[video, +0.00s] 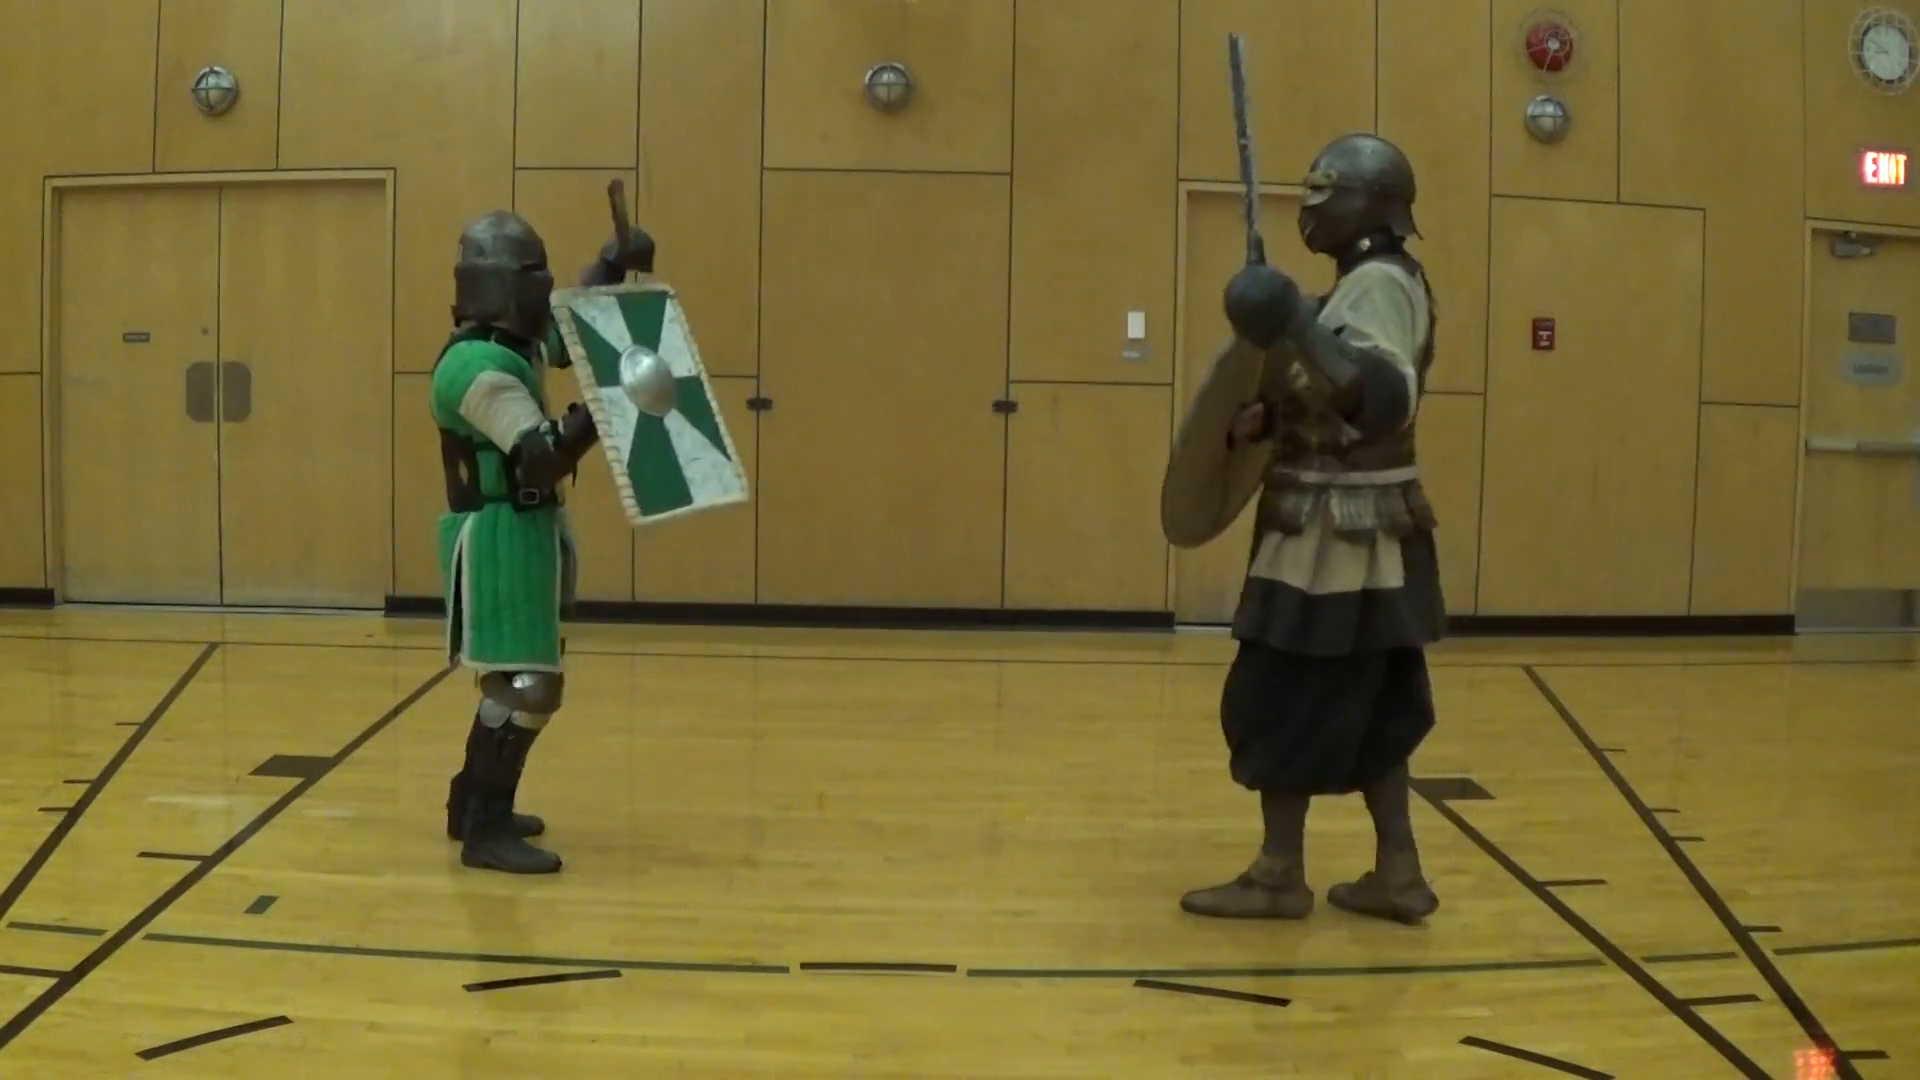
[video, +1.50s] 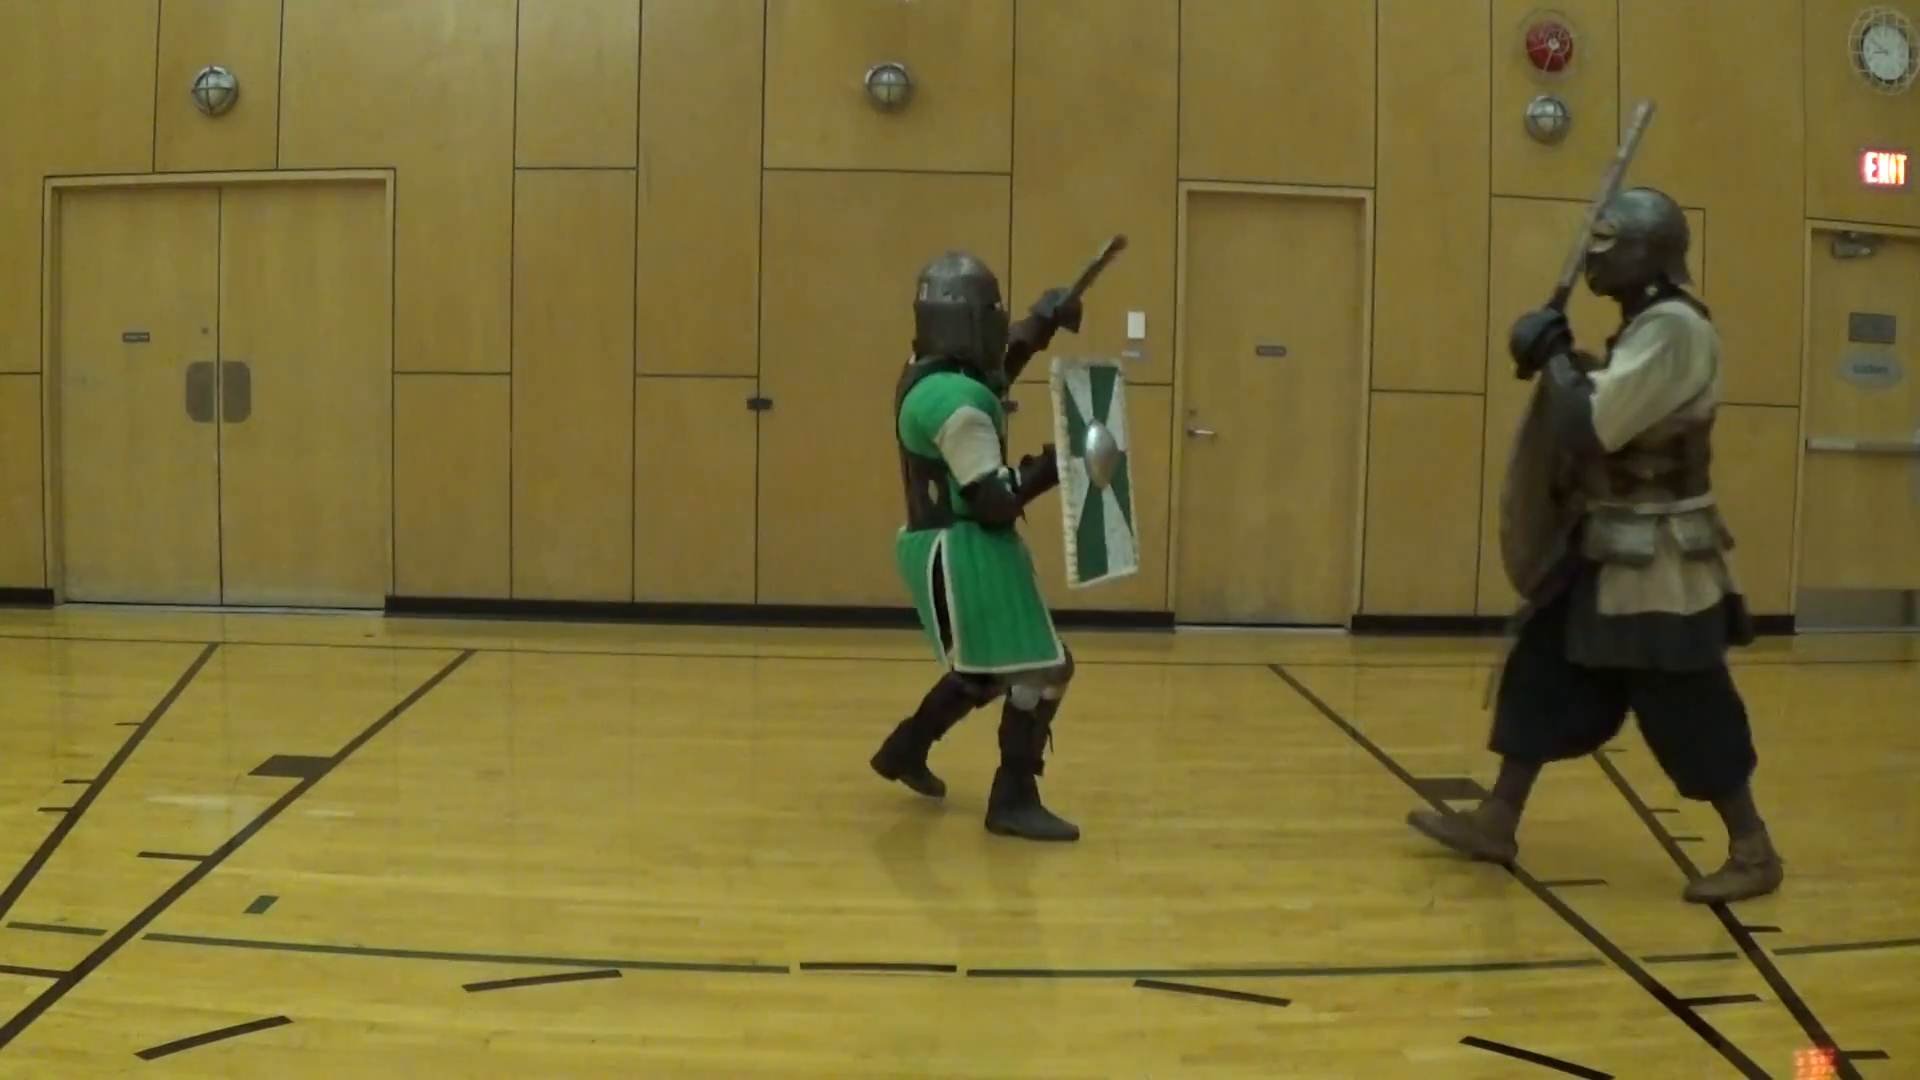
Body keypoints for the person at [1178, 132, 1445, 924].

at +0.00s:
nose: (1307, 205)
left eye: (1324, 191)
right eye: (1311, 190)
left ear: (1374, 205)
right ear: (1372, 208)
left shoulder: (1379, 285)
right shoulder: (1367, 282)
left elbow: (1384, 401)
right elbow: (1345, 390)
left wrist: (1297, 324)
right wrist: (1274, 415)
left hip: (1332, 531)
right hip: (1365, 529)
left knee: (1280, 695)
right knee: (1375, 700)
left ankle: (1278, 870)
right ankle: (1399, 871)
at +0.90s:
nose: (1388, 242)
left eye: (1405, 231)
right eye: (1391, 230)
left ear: (1449, 243)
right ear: (1439, 244)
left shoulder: (1468, 314)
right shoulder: (1439, 314)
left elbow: (1446, 417)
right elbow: (1419, 400)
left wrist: (1369, 345)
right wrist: (1358, 345)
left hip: (1440, 540)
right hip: (1422, 534)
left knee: (1355, 692)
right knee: (1437, 685)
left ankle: (1299, 862)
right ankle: (1481, 823)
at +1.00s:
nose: (1420, 238)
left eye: (1436, 227)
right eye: (1421, 225)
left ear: (1484, 239)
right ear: (1466, 240)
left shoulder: (1504, 308)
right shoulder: (1469, 311)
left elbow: (1480, 404)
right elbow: (1439, 396)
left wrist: (1405, 344)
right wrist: (1391, 344)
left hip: (1471, 543)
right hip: (1454, 538)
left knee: (1401, 687)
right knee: (1449, 681)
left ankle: (1400, 865)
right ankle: (1481, 818)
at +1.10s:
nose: (1450, 236)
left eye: (1465, 224)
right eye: (1453, 223)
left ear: (1510, 235)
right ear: (1500, 235)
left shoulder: (1537, 307)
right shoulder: (1499, 308)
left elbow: (1496, 399)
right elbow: (1475, 396)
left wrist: (1429, 337)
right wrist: (1422, 339)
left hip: (1506, 544)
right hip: (1473, 537)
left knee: (1466, 687)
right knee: (1447, 679)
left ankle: (1512, 851)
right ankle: (1482, 823)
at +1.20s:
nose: (1486, 238)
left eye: (1500, 226)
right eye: (1490, 226)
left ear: (1544, 238)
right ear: (1535, 239)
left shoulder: (1573, 311)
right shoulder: (1536, 311)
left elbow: (1509, 398)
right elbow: (1498, 390)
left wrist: (1454, 333)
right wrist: (1445, 333)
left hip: (1537, 540)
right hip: (1497, 537)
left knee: (1519, 685)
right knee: (1454, 671)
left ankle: (1617, 833)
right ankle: (1482, 822)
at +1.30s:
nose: (1523, 243)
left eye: (1538, 231)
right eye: (1526, 229)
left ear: (1582, 243)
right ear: (1569, 246)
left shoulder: (1605, 318)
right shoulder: (1569, 318)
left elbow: (1530, 405)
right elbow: (1528, 401)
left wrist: (1481, 340)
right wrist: (1481, 343)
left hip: (1566, 547)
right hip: (1527, 544)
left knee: (1572, 685)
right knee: (1474, 671)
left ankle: (1698, 819)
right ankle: (1482, 823)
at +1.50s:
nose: (1592, 254)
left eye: (1608, 242)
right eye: (1595, 240)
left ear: (1652, 254)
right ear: (1645, 256)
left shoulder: (1674, 328)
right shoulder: (1644, 327)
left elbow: (1597, 422)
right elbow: (1600, 407)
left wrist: (1554, 356)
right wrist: (1559, 358)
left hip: (1659, 559)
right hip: (1609, 553)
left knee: (1691, 703)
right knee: (1541, 672)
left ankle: (1753, 852)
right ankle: (1495, 823)